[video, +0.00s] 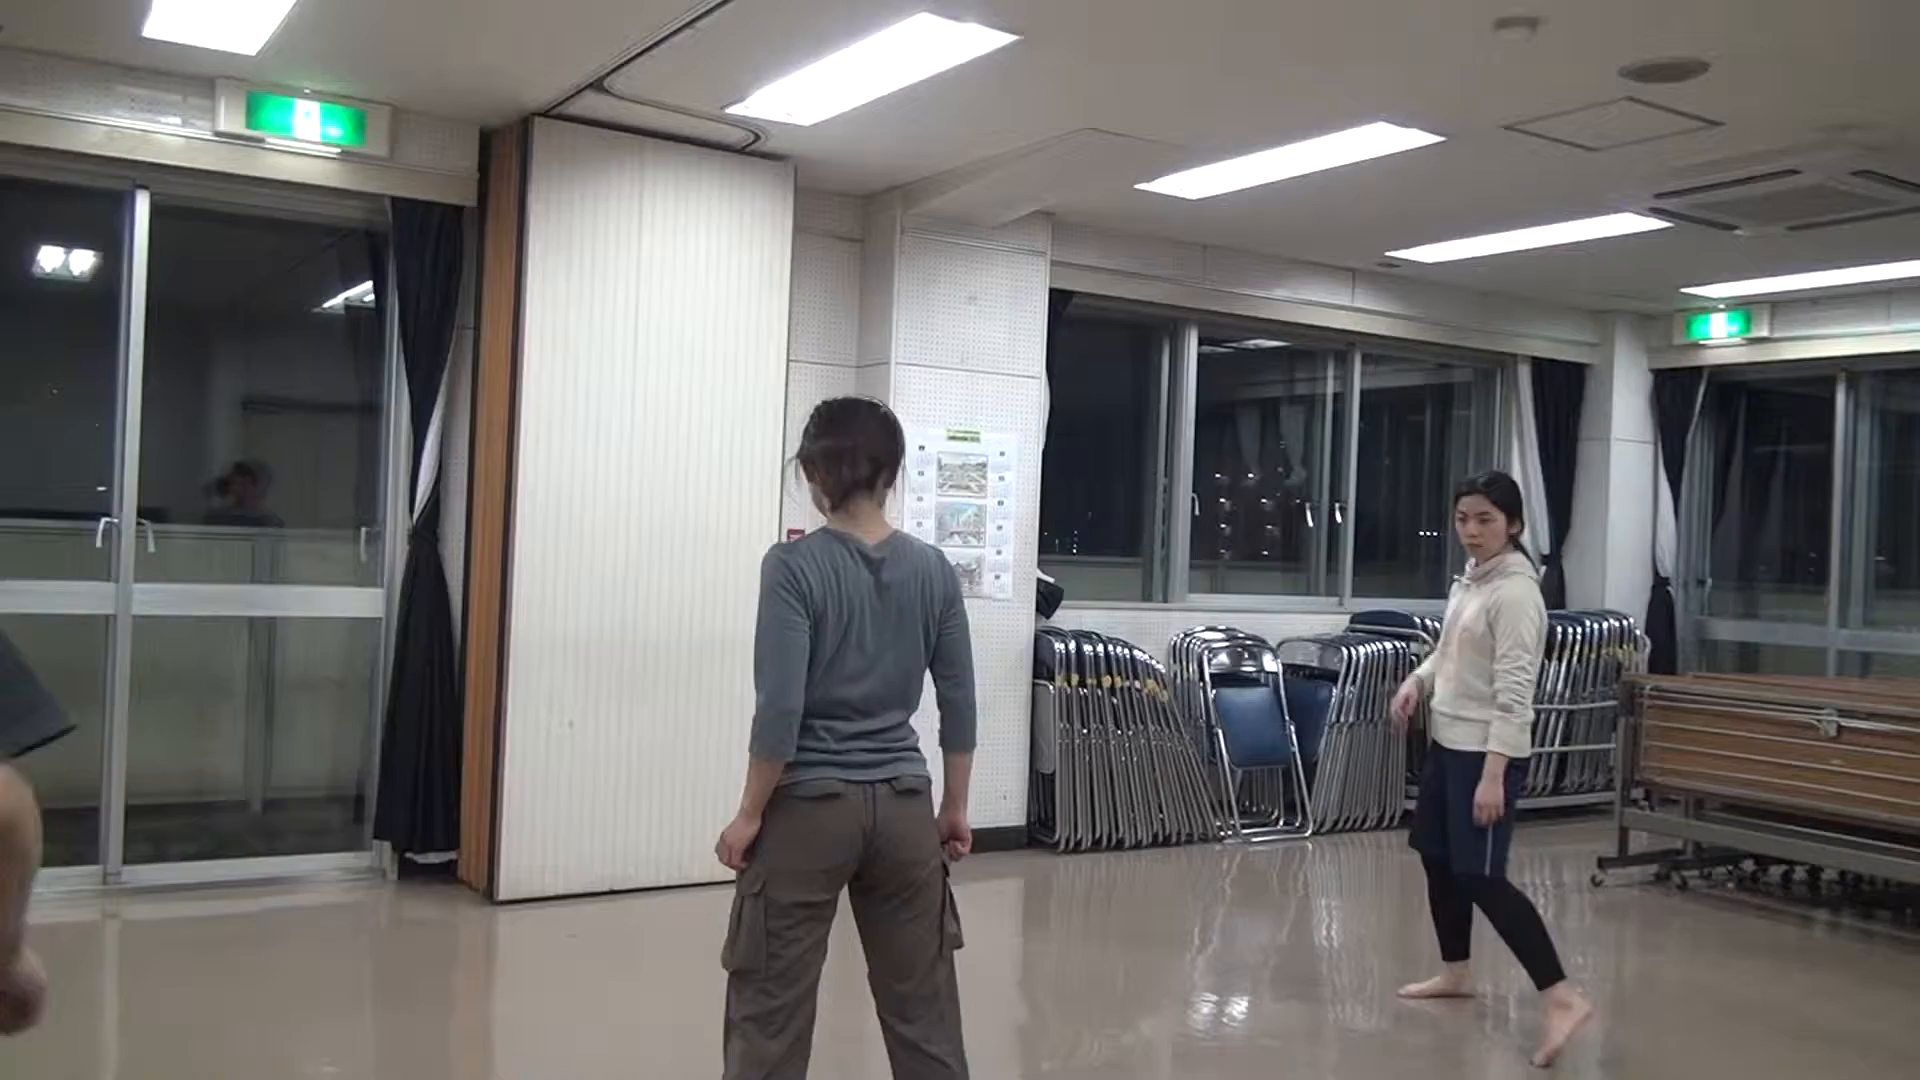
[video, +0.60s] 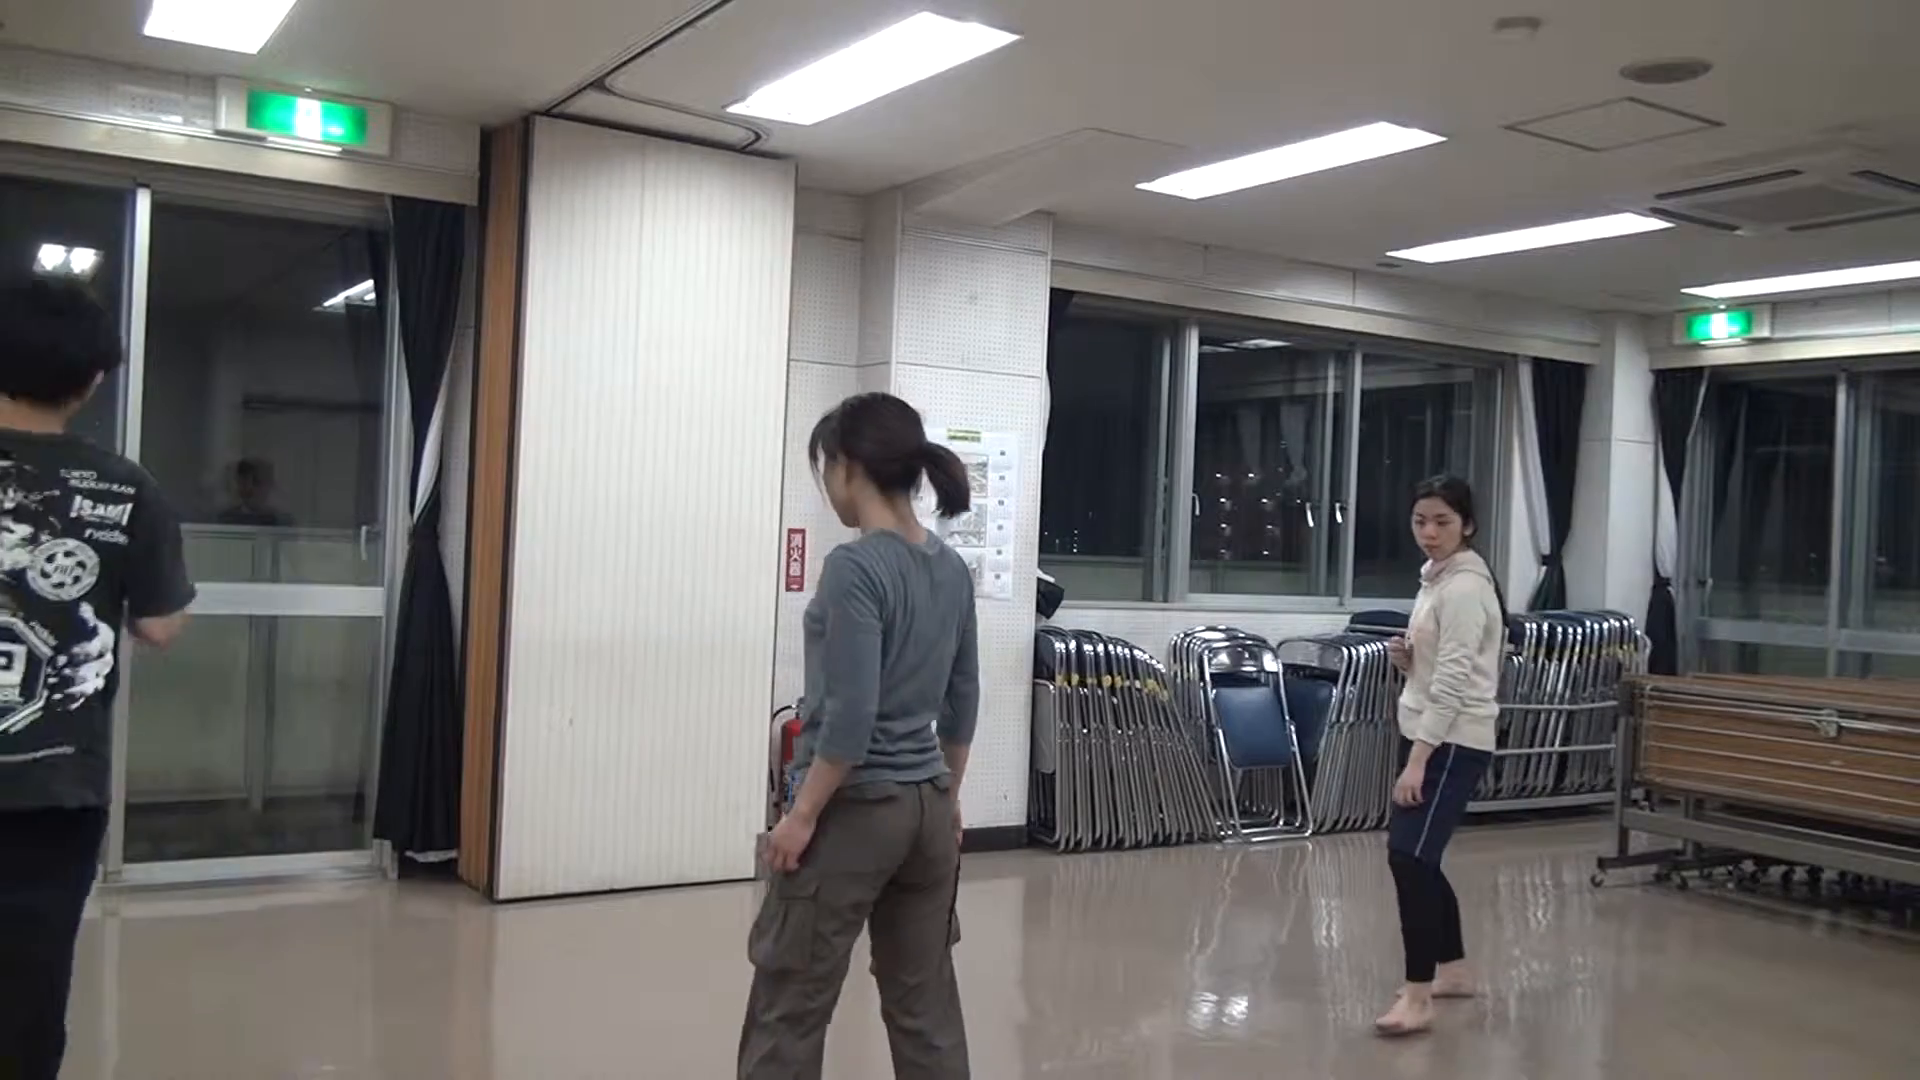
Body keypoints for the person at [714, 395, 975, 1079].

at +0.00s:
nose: (807, 478)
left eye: (807, 466)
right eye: (807, 466)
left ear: (816, 474)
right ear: (890, 472)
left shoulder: (793, 565)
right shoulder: (933, 568)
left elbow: (781, 708)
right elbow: (957, 697)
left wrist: (748, 814)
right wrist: (955, 808)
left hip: (806, 817)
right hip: (905, 815)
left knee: (769, 1019)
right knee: (923, 1018)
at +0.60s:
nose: (824, 486)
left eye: (825, 468)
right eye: (822, 469)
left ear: (850, 468)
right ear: (902, 468)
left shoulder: (854, 565)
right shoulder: (951, 567)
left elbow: (850, 715)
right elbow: (962, 694)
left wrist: (801, 815)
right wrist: (945, 795)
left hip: (852, 816)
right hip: (931, 815)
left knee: (788, 1013)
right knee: (924, 1008)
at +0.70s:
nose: (840, 483)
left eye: (841, 466)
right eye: (838, 467)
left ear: (866, 467)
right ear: (918, 466)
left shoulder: (885, 566)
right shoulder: (959, 562)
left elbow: (891, 719)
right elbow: (967, 691)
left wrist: (840, 814)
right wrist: (954, 776)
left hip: (882, 813)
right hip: (947, 810)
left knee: (805, 1003)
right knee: (930, 1000)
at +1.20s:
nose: (895, 482)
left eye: (897, 467)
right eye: (895, 467)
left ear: (921, 466)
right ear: (977, 463)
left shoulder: (956, 556)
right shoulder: (1004, 549)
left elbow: (981, 701)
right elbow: (1000, 694)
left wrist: (955, 817)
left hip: (952, 807)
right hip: (999, 801)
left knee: (937, 1005)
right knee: (964, 1003)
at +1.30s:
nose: (899, 480)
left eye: (901, 465)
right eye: (899, 466)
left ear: (926, 465)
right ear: (982, 464)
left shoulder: (956, 557)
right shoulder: (1009, 551)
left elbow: (968, 702)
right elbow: (1009, 695)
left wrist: (931, 816)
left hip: (963, 806)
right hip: (1006, 798)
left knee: (949, 1016)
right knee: (966, 1010)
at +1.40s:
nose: (906, 487)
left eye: (905, 470)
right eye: (903, 472)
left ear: (926, 465)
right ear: (988, 464)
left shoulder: (954, 557)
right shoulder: (1016, 555)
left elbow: (952, 704)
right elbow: (1016, 691)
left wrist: (908, 813)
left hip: (962, 811)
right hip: (1011, 805)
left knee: (940, 1011)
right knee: (971, 1005)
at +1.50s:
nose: (908, 487)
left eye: (907, 469)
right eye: (906, 471)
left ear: (927, 464)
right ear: (988, 464)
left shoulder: (948, 559)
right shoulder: (1024, 558)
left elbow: (937, 709)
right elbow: (1025, 694)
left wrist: (887, 812)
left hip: (955, 814)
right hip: (1017, 810)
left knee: (924, 1008)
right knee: (977, 1003)